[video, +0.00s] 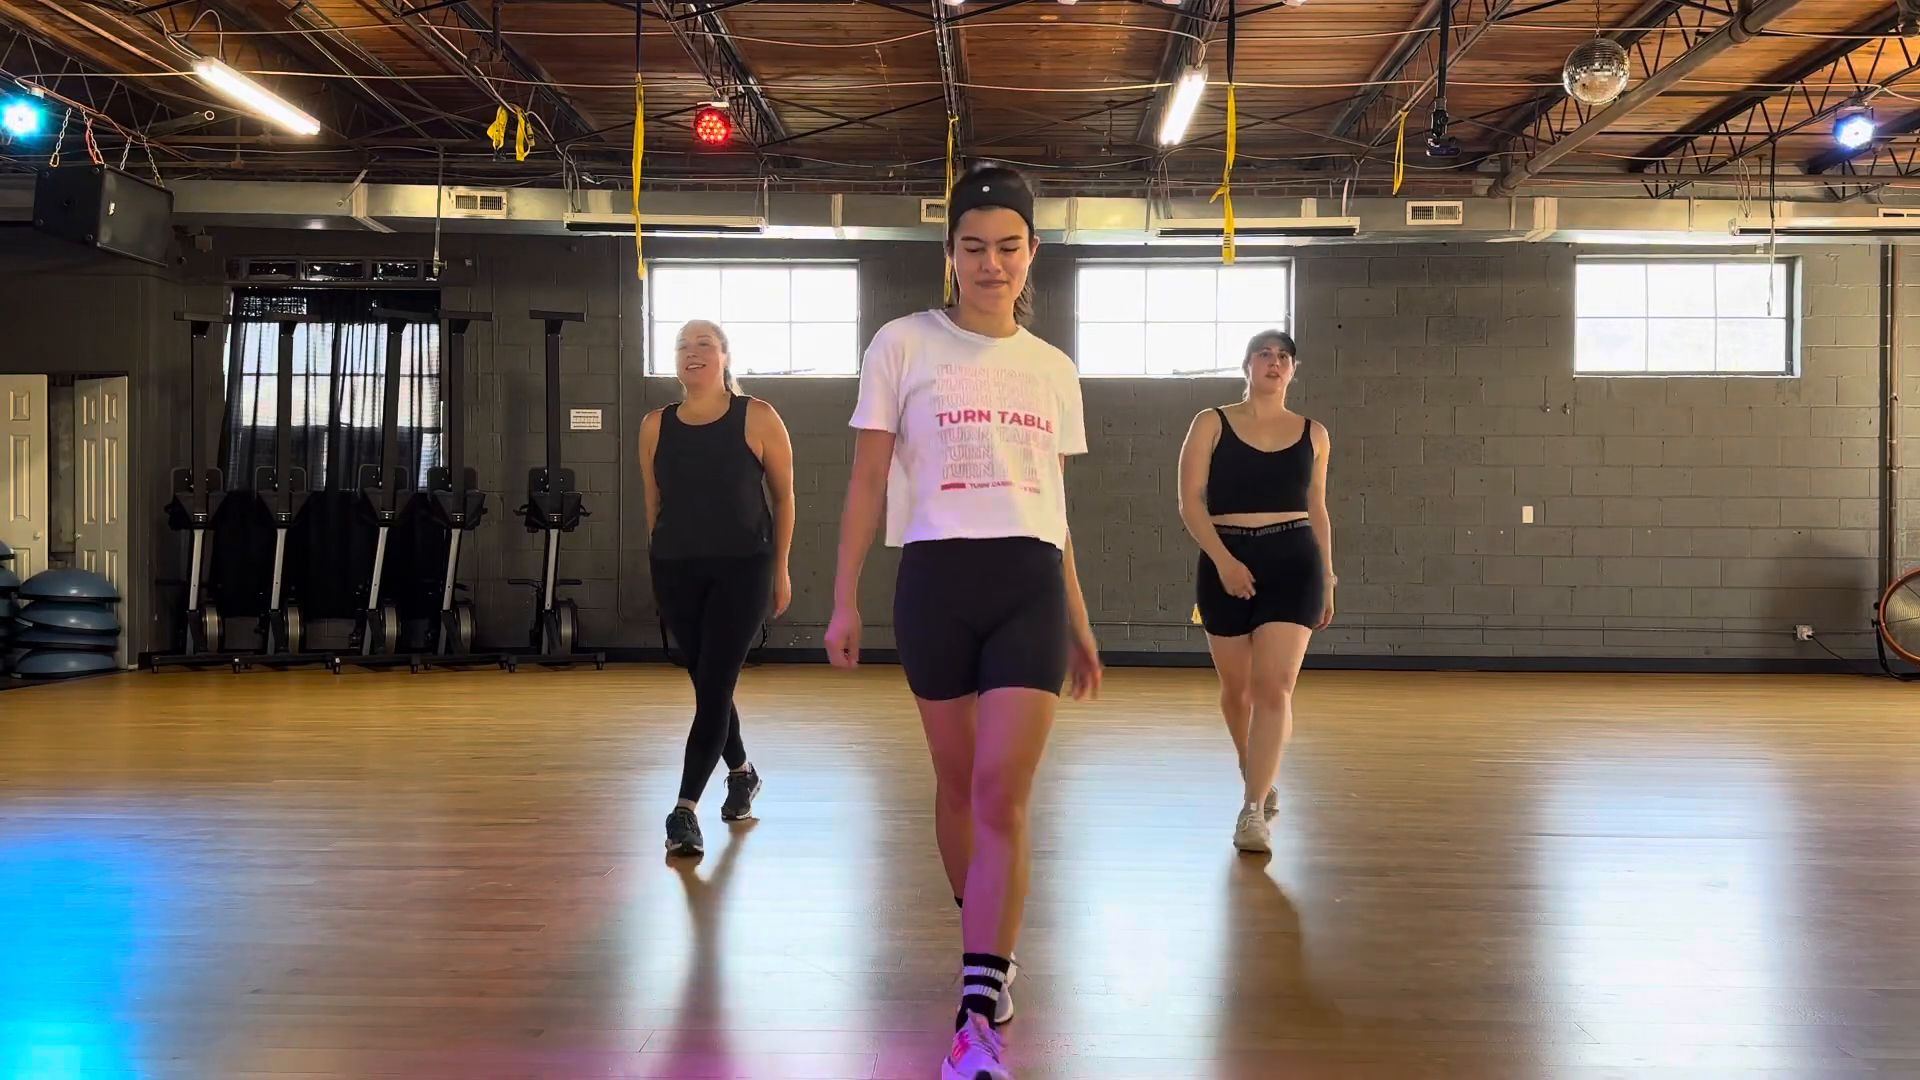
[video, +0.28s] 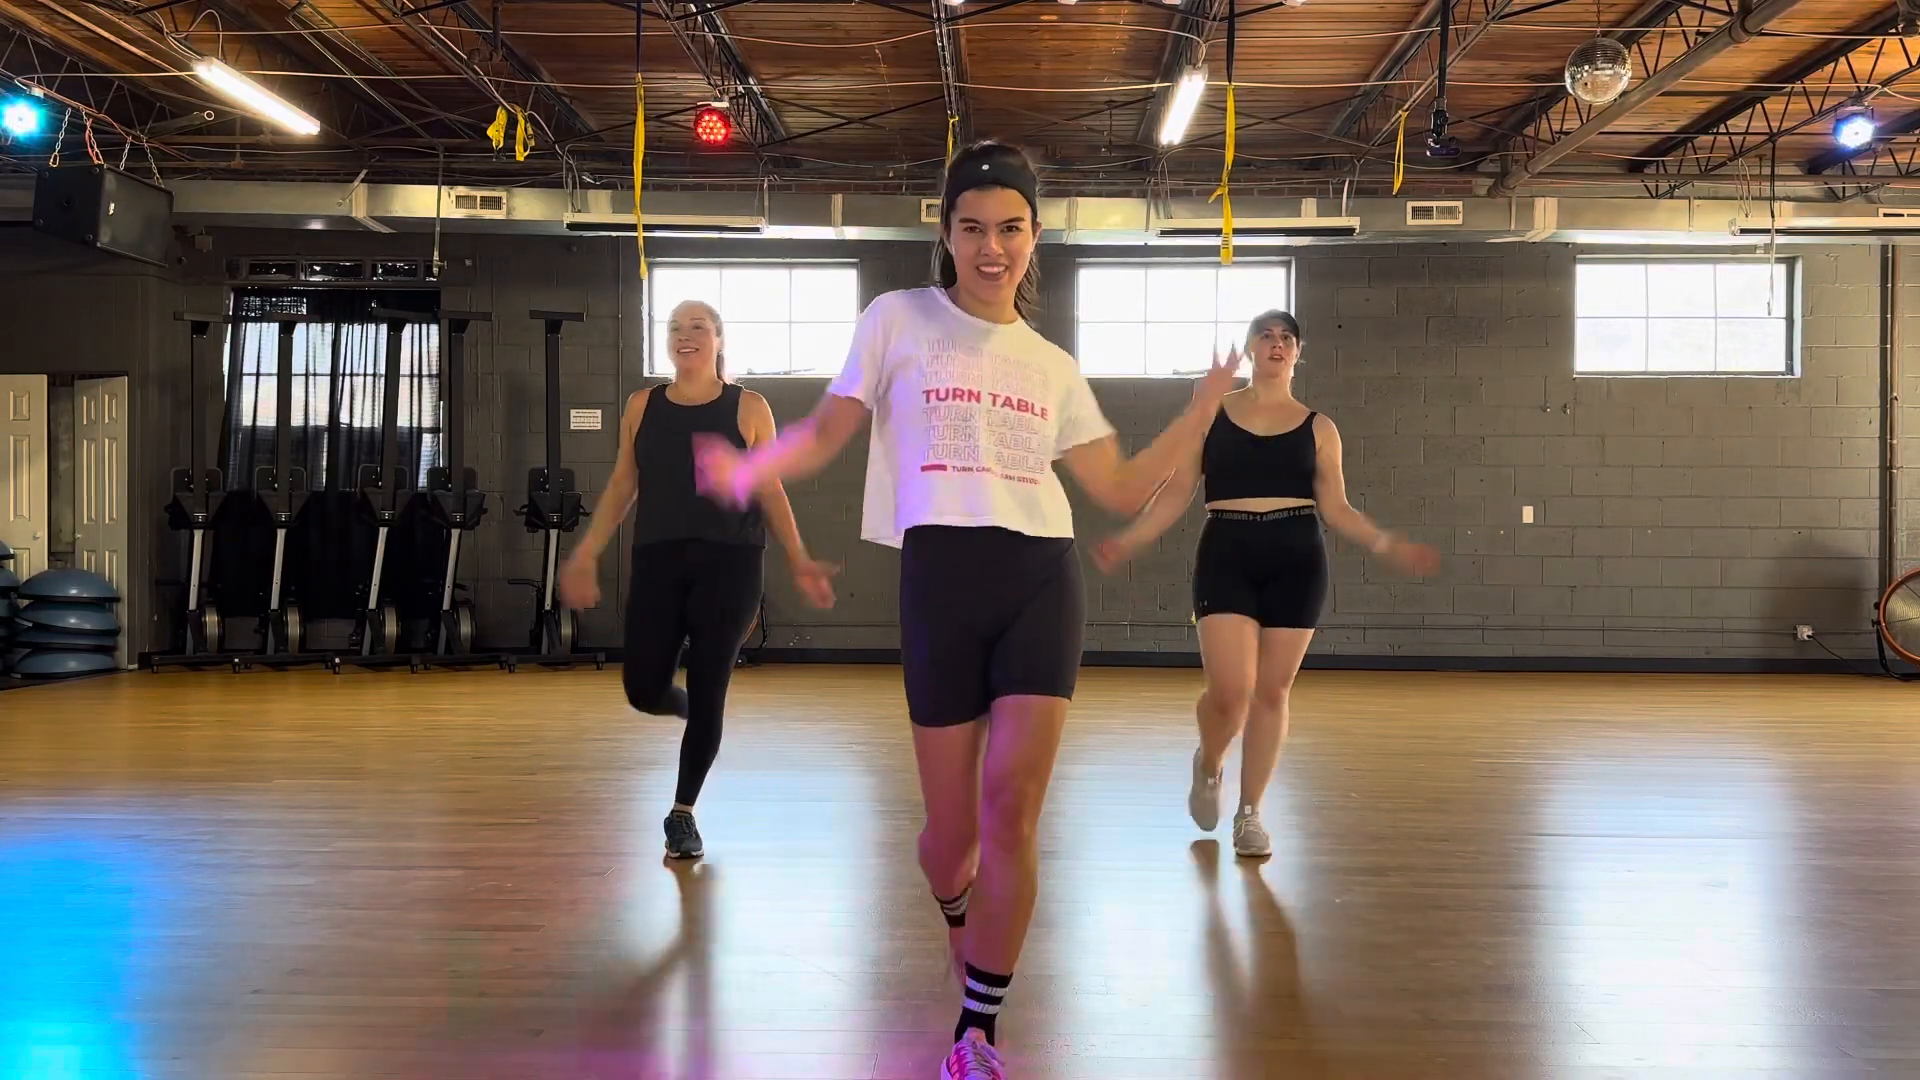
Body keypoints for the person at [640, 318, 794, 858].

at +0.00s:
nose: (693, 354)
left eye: (704, 346)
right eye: (685, 347)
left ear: (726, 359)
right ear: (675, 362)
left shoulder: (759, 417)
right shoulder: (656, 426)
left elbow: (784, 496)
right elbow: (654, 503)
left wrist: (781, 567)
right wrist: (660, 564)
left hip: (743, 568)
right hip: (675, 569)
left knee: (715, 681)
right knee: (707, 680)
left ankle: (685, 807)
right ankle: (741, 770)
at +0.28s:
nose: (686, 336)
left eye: (698, 328)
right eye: (678, 328)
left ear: (719, 341)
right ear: (667, 342)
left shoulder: (749, 407)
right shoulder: (643, 405)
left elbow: (772, 490)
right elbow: (622, 484)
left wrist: (799, 559)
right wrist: (586, 552)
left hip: (727, 566)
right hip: (657, 564)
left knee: (705, 692)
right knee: (643, 688)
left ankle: (683, 812)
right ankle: (698, 706)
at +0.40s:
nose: (683, 338)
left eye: (694, 330)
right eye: (675, 329)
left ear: (718, 342)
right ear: (664, 340)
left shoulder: (745, 409)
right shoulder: (639, 398)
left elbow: (784, 488)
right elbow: (603, 467)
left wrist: (861, 478)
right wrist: (520, 469)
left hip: (726, 562)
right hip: (652, 559)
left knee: (706, 690)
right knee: (633, 677)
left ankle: (682, 811)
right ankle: (679, 662)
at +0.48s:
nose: (680, 336)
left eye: (693, 327)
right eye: (672, 327)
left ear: (716, 340)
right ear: (660, 339)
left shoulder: (741, 405)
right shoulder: (634, 395)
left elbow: (797, 468)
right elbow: (585, 444)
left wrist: (832, 405)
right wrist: (532, 386)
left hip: (723, 557)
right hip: (648, 554)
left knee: (705, 690)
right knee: (637, 670)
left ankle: (682, 811)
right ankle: (663, 686)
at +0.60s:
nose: (677, 334)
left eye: (689, 326)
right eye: (667, 325)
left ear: (712, 336)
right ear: (656, 335)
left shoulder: (741, 400)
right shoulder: (630, 391)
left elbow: (806, 449)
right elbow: (567, 417)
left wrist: (820, 387)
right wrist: (568, 362)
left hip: (720, 557)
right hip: (644, 553)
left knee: (700, 691)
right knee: (641, 661)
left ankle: (685, 810)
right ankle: (642, 757)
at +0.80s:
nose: (678, 331)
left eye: (687, 320)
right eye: (662, 323)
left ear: (703, 332)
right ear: (645, 340)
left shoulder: (736, 400)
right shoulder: (619, 397)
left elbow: (789, 467)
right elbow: (533, 418)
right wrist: (575, 445)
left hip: (708, 566)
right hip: (635, 564)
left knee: (705, 717)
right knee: (630, 701)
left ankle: (681, 804)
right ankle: (611, 846)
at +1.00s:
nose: (690, 331)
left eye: (693, 320)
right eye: (674, 323)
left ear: (702, 330)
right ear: (644, 338)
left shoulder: (717, 400)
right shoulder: (625, 397)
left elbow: (709, 482)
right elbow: (546, 451)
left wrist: (747, 526)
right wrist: (570, 519)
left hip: (690, 568)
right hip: (628, 564)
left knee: (730, 701)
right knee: (628, 705)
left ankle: (653, 801)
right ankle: (613, 850)